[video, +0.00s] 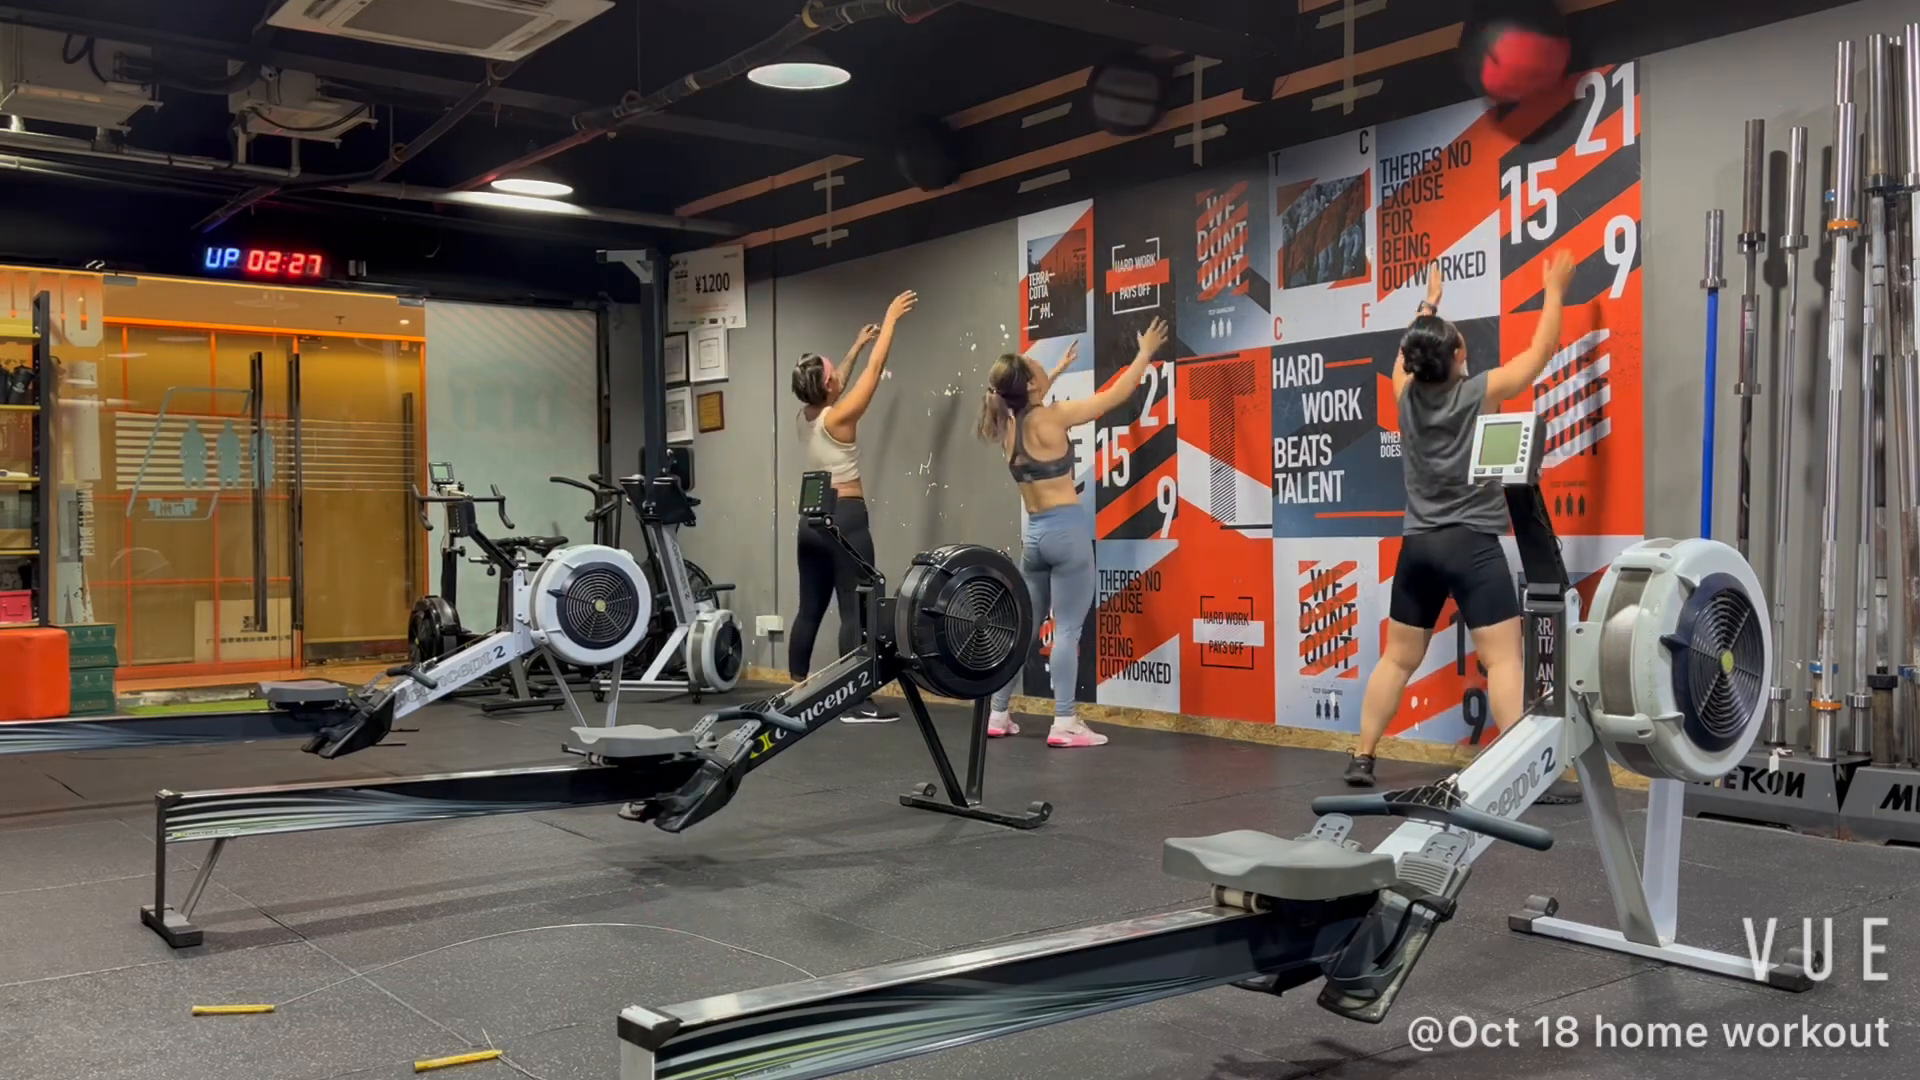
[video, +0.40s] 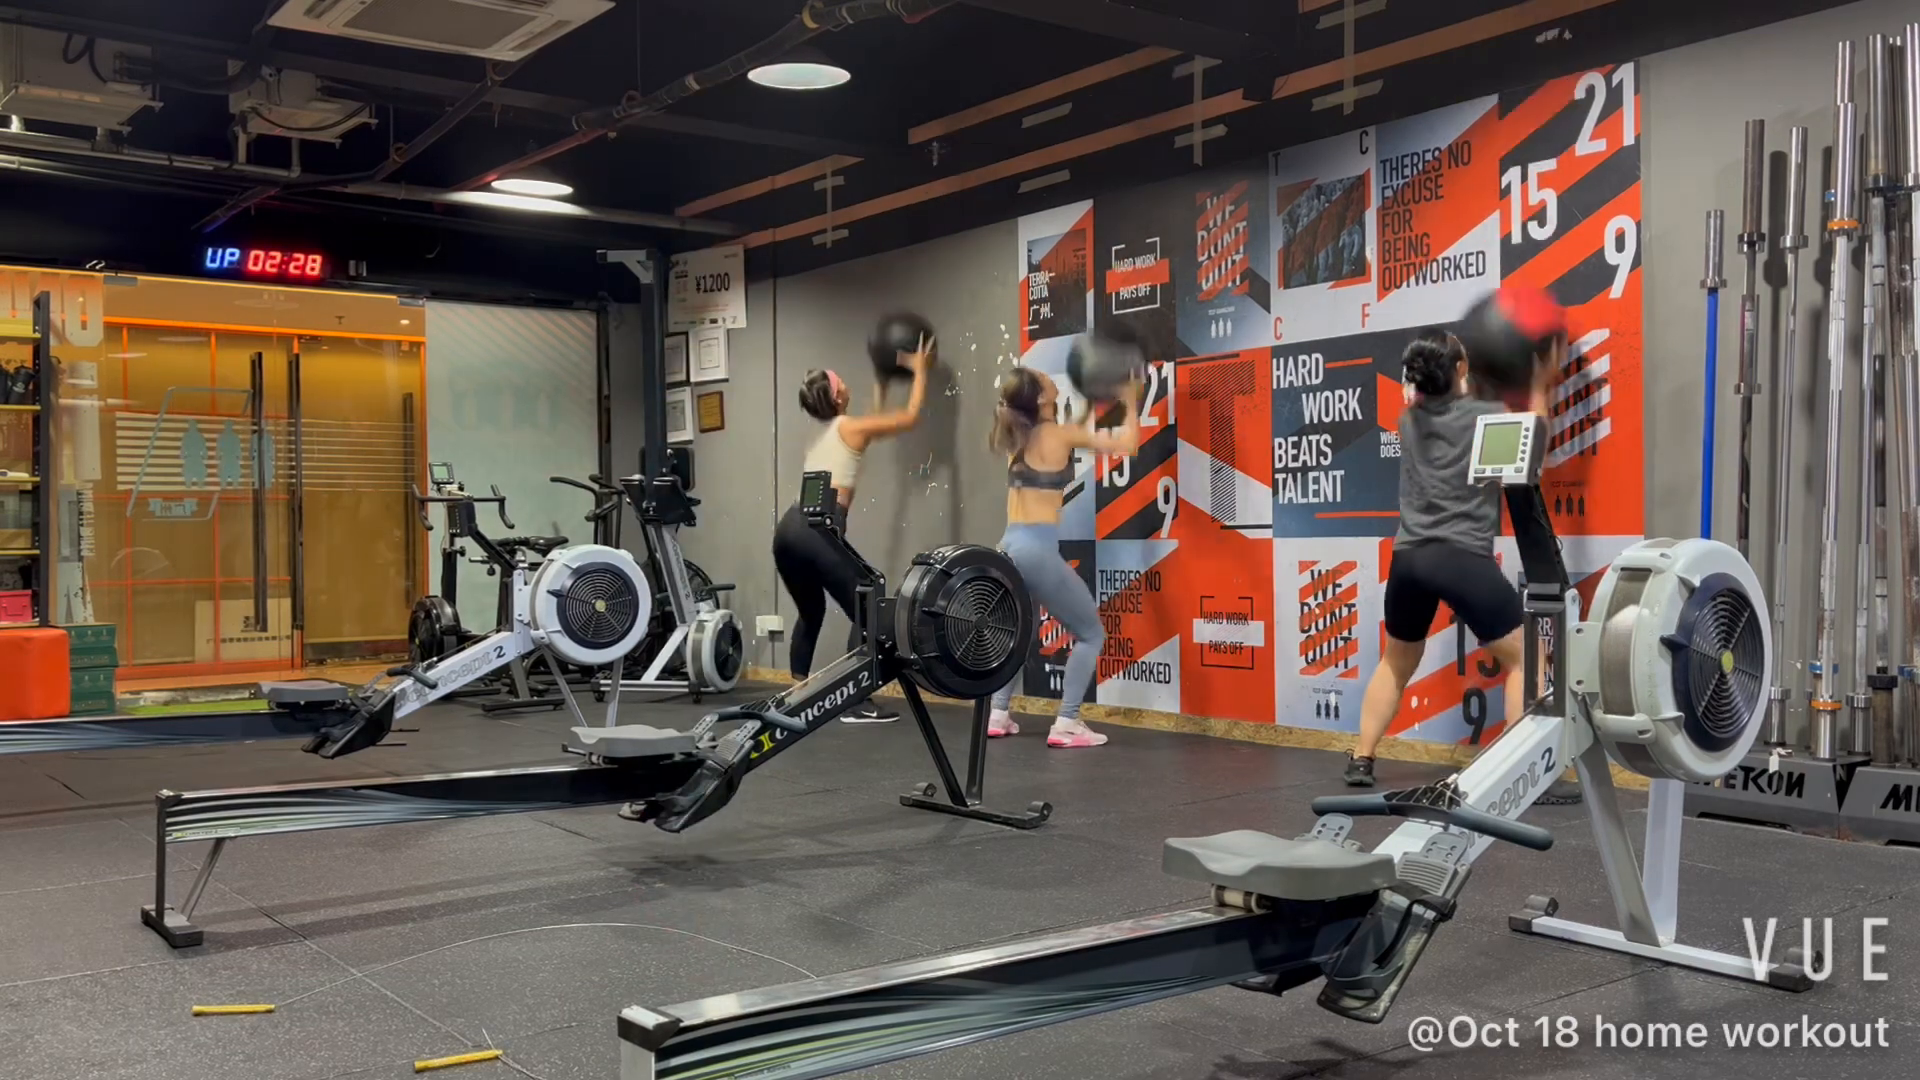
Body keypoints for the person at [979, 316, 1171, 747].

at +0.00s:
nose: (1043, 378)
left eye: (1040, 374)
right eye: (1038, 374)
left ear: (1014, 393)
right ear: (1031, 387)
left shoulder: (1012, 425)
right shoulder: (1055, 415)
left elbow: (1036, 400)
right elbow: (1117, 394)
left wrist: (1059, 369)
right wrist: (1145, 352)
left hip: (1034, 529)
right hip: (1067, 527)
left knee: (1022, 624)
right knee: (1067, 629)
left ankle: (997, 713)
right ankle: (1065, 722)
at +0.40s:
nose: (1054, 385)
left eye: (1049, 381)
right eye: (1048, 384)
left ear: (1024, 404)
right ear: (1041, 400)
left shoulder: (1021, 435)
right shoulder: (1061, 432)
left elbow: (1071, 445)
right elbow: (1127, 444)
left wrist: (1089, 418)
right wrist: (1131, 401)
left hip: (1010, 545)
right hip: (1038, 549)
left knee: (1015, 629)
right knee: (1091, 634)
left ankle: (997, 714)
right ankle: (1067, 722)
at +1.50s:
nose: (1050, 346)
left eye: (1044, 344)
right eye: (1045, 345)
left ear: (1022, 367)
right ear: (1042, 362)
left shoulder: (1020, 395)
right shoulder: (1067, 387)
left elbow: (1037, 336)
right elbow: (1095, 328)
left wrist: (1051, 289)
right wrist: (1099, 273)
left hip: (1032, 509)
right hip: (1067, 509)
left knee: (1025, 607)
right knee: (1075, 611)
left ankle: (1007, 691)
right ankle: (1078, 704)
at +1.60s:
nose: (1056, 361)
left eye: (1049, 359)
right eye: (1051, 360)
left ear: (1026, 378)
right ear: (1046, 373)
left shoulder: (1021, 409)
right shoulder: (1066, 399)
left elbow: (1026, 350)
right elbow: (1092, 346)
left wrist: (1040, 301)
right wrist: (1087, 293)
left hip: (1035, 522)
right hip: (1070, 522)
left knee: (1022, 621)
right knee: (1068, 625)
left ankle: (1001, 709)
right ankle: (1069, 719)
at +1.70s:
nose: (1052, 371)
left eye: (1046, 367)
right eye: (1046, 368)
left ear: (1021, 384)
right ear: (1040, 379)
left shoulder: (1017, 417)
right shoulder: (1060, 409)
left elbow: (1022, 367)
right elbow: (1102, 359)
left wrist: (1034, 324)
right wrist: (1098, 305)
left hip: (1036, 525)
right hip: (1070, 524)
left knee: (1023, 624)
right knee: (1069, 628)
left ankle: (1000, 713)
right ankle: (1068, 723)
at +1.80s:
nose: (1043, 368)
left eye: (1040, 364)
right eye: (1040, 368)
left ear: (1013, 386)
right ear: (1038, 380)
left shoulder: (1012, 418)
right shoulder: (1057, 412)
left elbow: (1025, 379)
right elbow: (1109, 381)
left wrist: (1040, 341)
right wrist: (1123, 325)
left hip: (1033, 525)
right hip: (1067, 523)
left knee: (1022, 624)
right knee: (1068, 629)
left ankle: (1000, 714)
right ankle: (1068, 722)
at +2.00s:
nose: (1044, 375)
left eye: (1038, 370)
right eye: (1038, 372)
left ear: (1013, 389)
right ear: (1029, 383)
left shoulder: (1009, 422)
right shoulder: (1055, 414)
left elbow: (1042, 416)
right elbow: (1119, 403)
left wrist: (1063, 386)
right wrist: (1151, 360)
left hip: (1029, 529)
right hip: (1061, 527)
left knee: (1019, 623)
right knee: (1069, 628)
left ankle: (998, 713)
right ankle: (1068, 722)